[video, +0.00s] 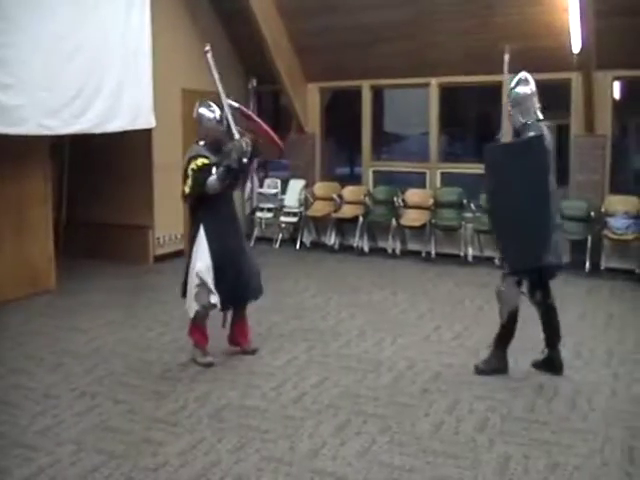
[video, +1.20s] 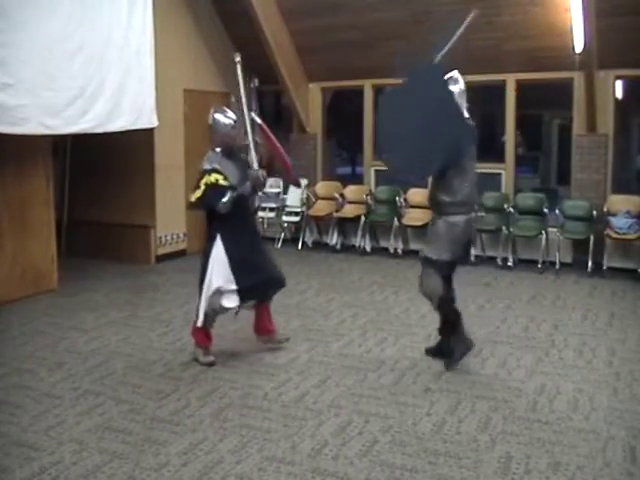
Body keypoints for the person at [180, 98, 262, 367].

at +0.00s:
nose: (222, 130)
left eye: (223, 125)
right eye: (217, 125)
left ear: (224, 127)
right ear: (203, 128)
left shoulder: (224, 153)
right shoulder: (198, 159)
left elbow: (236, 181)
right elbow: (205, 187)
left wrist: (245, 157)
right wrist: (230, 164)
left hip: (228, 223)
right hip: (206, 225)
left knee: (241, 274)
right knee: (205, 277)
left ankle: (239, 332)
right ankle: (199, 340)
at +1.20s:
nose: (239, 138)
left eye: (238, 132)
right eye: (233, 133)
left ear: (234, 135)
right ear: (218, 137)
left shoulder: (240, 162)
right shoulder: (212, 169)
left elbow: (247, 194)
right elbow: (221, 205)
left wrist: (258, 181)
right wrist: (248, 186)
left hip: (245, 233)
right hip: (223, 236)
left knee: (267, 278)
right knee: (217, 287)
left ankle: (264, 328)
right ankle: (202, 341)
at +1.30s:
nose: (244, 141)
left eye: (244, 135)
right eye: (239, 136)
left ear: (245, 137)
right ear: (224, 140)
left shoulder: (250, 167)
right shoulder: (218, 174)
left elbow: (255, 196)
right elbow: (228, 212)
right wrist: (257, 202)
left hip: (251, 233)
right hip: (228, 238)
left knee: (274, 276)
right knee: (222, 287)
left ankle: (285, 324)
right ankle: (203, 338)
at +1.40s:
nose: (255, 147)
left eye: (255, 143)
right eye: (250, 143)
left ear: (256, 144)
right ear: (236, 147)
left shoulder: (263, 170)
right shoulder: (234, 179)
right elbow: (231, 214)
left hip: (263, 242)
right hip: (240, 245)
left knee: (286, 281)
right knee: (225, 293)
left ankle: (301, 326)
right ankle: (205, 341)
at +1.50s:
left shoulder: (286, 179)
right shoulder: (257, 180)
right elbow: (266, 220)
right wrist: (297, 221)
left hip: (281, 246)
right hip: (256, 247)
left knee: (303, 283)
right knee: (236, 293)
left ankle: (310, 333)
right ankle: (209, 344)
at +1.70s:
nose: (304, 150)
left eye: (304, 145)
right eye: (301, 145)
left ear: (273, 148)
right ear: (292, 149)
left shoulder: (270, 170)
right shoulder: (292, 180)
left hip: (269, 241)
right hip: (286, 243)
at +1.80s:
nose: (312, 153)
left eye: (314, 148)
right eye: (309, 148)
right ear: (298, 149)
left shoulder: (296, 170)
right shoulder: (282, 172)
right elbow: (290, 213)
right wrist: (319, 208)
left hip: (296, 235)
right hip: (280, 236)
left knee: (310, 284)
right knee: (281, 289)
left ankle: (311, 334)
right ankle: (243, 329)